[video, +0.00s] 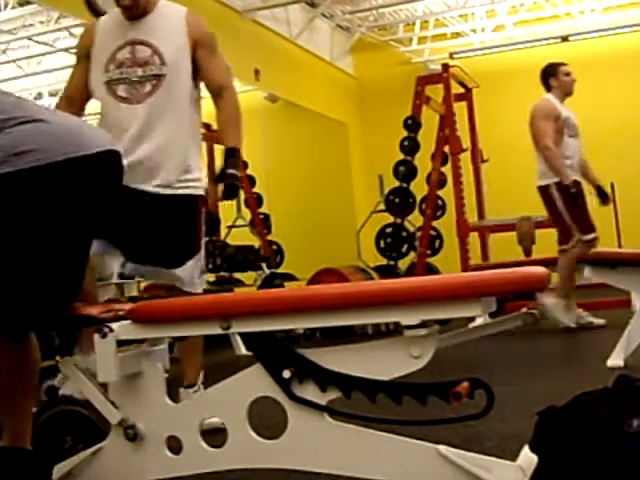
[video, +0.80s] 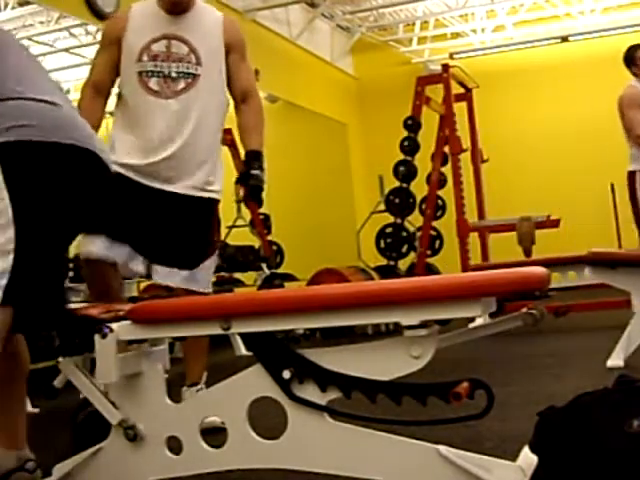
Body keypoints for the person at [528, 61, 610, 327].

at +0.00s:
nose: (573, 79)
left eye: (571, 74)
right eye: (567, 75)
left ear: (561, 80)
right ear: (552, 81)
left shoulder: (564, 112)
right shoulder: (545, 107)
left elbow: (576, 155)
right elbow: (546, 146)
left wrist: (597, 184)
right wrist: (565, 178)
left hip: (569, 182)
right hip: (555, 182)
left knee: (569, 245)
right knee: (585, 238)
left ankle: (570, 307)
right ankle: (554, 295)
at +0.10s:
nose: (582, 77)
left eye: (581, 73)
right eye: (576, 73)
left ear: (570, 80)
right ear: (561, 80)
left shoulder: (574, 110)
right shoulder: (554, 106)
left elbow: (588, 154)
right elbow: (554, 145)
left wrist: (611, 182)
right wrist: (576, 176)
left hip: (575, 181)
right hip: (565, 181)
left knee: (572, 245)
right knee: (597, 237)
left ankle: (573, 306)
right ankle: (583, 302)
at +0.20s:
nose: (597, 76)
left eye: (595, 71)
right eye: (591, 72)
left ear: (586, 78)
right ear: (576, 79)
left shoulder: (589, 109)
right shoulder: (570, 105)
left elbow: (603, 150)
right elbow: (571, 149)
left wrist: (629, 178)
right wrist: (596, 181)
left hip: (589, 184)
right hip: (578, 185)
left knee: (578, 248)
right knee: (609, 246)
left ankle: (572, 307)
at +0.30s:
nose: (607, 75)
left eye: (606, 70)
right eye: (601, 72)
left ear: (596, 78)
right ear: (587, 78)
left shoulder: (600, 108)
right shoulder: (580, 106)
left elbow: (614, 151)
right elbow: (583, 151)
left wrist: (636, 174)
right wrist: (607, 182)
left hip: (600, 184)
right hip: (590, 186)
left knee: (587, 247)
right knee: (622, 245)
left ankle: (573, 306)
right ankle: (634, 302)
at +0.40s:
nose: (621, 70)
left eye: (619, 66)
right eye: (615, 67)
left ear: (606, 75)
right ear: (601, 75)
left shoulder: (613, 103)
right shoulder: (595, 103)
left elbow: (625, 145)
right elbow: (601, 148)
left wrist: (636, 167)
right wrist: (622, 178)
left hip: (623, 177)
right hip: (610, 179)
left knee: (616, 240)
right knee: (625, 240)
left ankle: (581, 299)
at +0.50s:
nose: (629, 67)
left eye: (627, 62)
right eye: (622, 64)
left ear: (611, 74)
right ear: (608, 74)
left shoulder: (619, 98)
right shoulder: (605, 99)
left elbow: (624, 141)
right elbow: (613, 145)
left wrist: (634, 168)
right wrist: (634, 172)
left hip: (628, 172)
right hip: (618, 174)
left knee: (635, 234)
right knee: (630, 235)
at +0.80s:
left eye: (639, 60)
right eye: (639, 61)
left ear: (631, 67)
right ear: (632, 66)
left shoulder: (628, 93)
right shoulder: (631, 93)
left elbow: (631, 134)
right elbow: (634, 134)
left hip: (635, 164)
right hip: (636, 165)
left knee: (638, 222)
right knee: (639, 223)